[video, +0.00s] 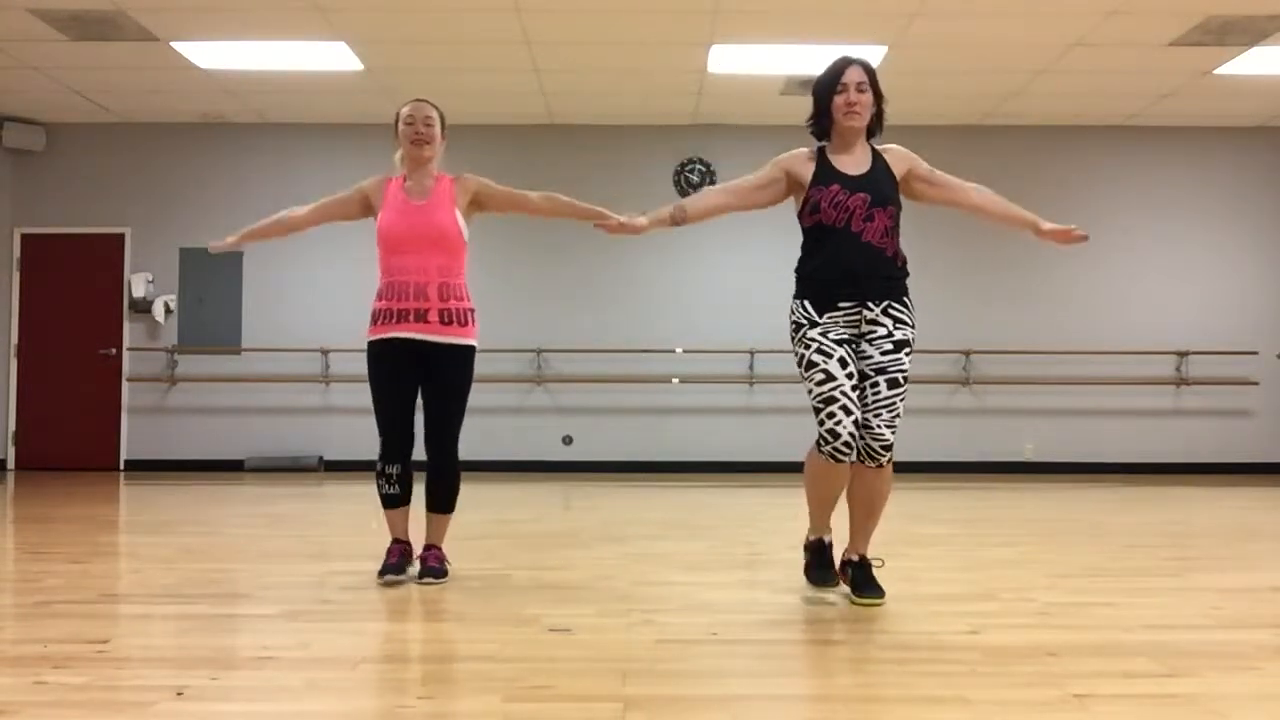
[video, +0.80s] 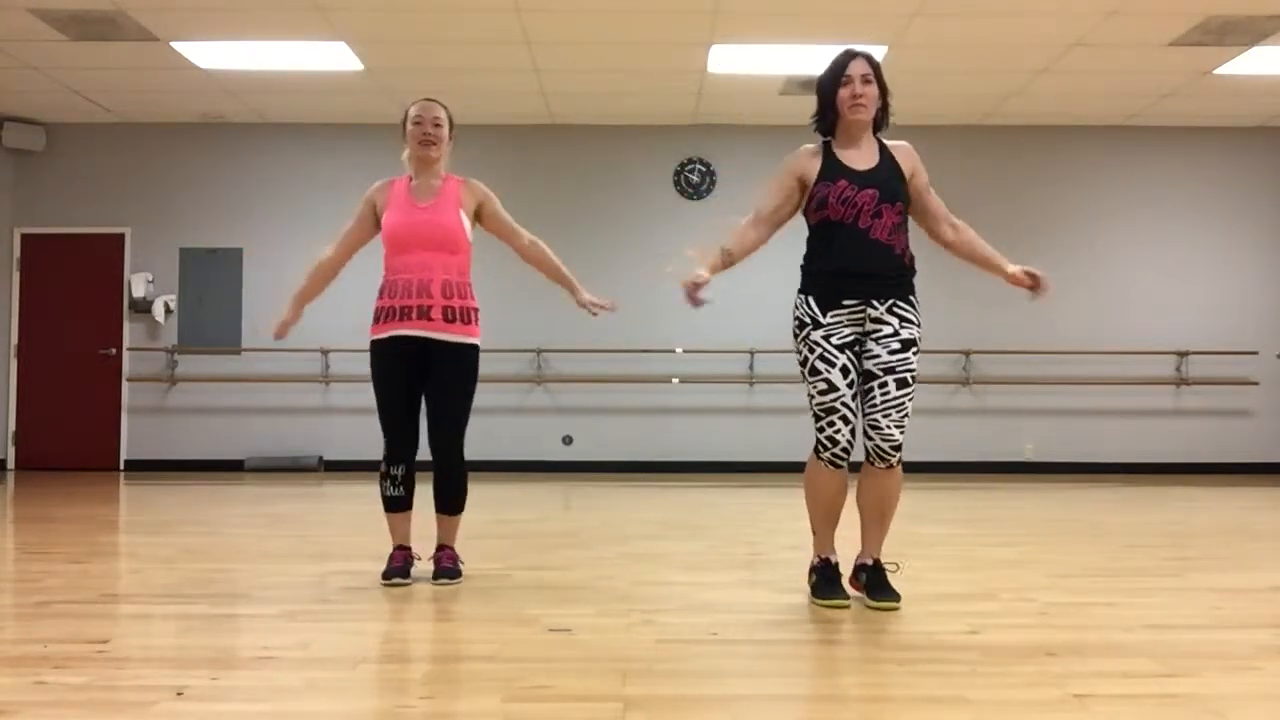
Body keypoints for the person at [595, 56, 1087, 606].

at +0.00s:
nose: (854, 98)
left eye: (863, 89)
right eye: (844, 89)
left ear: (876, 102)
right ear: (825, 103)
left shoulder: (897, 162)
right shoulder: (800, 165)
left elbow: (968, 194)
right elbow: (723, 197)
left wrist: (1037, 224)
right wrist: (649, 220)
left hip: (888, 311)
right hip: (821, 312)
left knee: (879, 438)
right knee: (840, 430)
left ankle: (857, 557)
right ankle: (818, 540)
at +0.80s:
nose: (857, 90)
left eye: (866, 81)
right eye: (846, 83)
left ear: (881, 93)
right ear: (830, 95)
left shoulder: (903, 157)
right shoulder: (807, 163)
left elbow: (945, 226)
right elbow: (759, 224)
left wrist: (1006, 267)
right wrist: (710, 266)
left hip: (892, 310)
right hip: (825, 310)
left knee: (886, 437)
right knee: (837, 435)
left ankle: (870, 563)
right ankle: (823, 562)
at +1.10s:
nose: (847, 100)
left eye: (849, 89)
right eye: (832, 101)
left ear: (867, 94)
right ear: (822, 122)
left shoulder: (910, 157)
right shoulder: (818, 175)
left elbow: (954, 226)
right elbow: (760, 230)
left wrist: (954, 285)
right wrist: (696, 243)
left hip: (896, 317)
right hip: (828, 319)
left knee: (888, 446)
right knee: (829, 443)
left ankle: (869, 565)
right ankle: (823, 556)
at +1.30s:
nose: (822, 91)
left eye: (824, 80)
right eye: (807, 93)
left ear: (841, 87)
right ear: (796, 116)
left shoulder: (892, 145)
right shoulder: (792, 170)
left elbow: (936, 216)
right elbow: (728, 209)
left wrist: (936, 295)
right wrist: (654, 221)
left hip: (889, 307)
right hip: (818, 309)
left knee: (889, 434)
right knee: (789, 429)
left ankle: (889, 562)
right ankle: (751, 547)